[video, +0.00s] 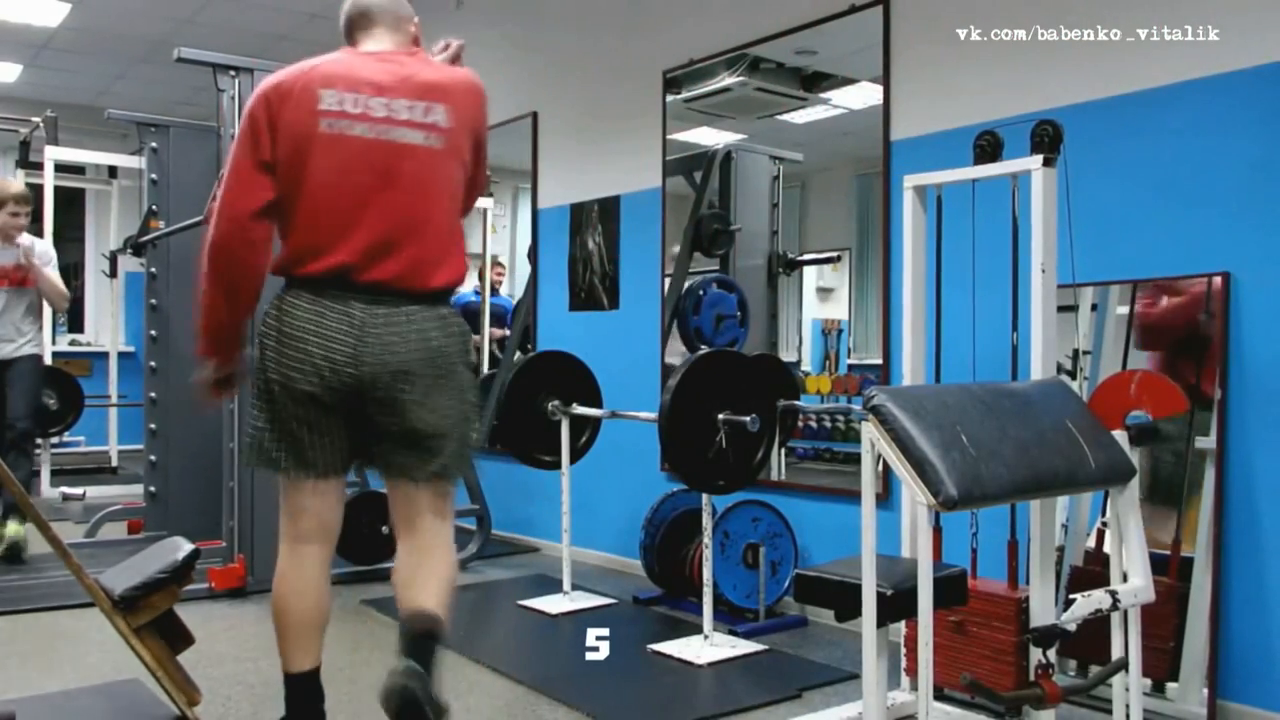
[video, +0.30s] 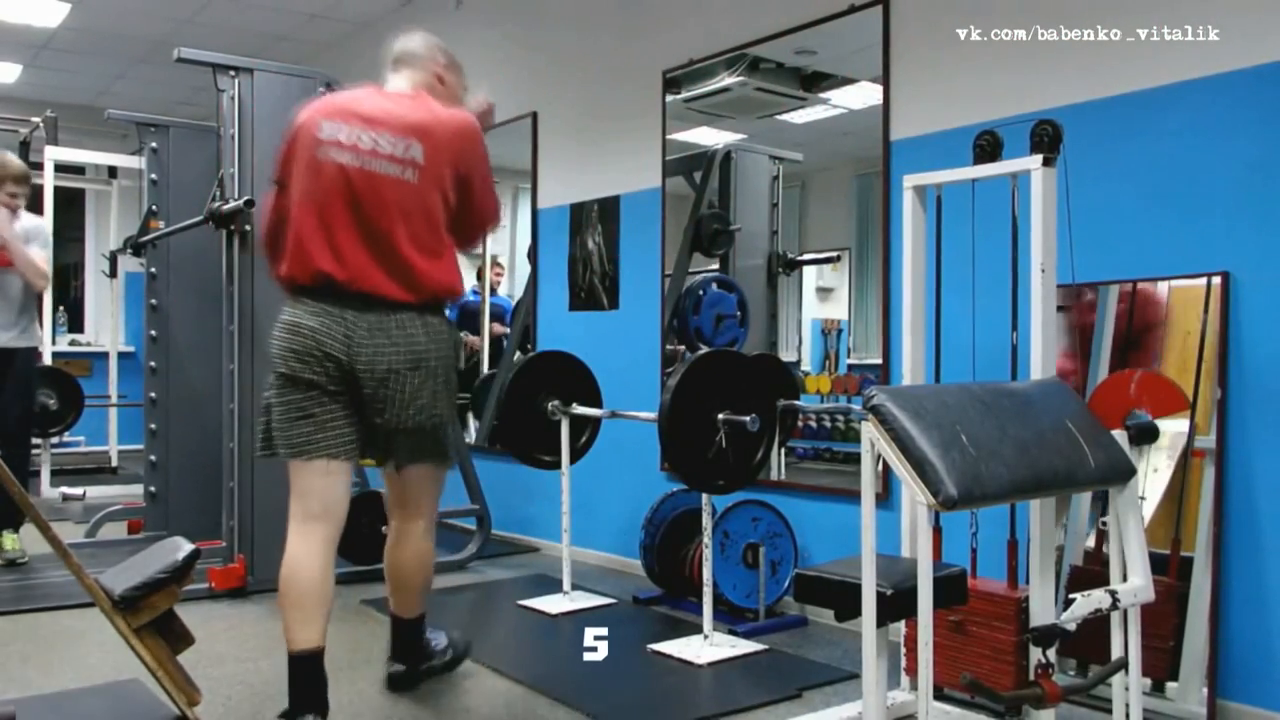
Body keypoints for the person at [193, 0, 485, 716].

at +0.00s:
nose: (424, 40)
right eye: (421, 32)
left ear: (344, 32)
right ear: (419, 34)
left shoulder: (283, 90)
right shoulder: (462, 94)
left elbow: (234, 225)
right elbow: (466, 190)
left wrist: (220, 349)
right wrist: (446, 83)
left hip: (307, 326)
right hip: (419, 331)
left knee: (306, 535)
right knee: (424, 520)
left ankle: (303, 709)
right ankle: (417, 665)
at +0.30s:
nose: (457, 102)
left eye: (456, 93)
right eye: (458, 92)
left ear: (390, 71)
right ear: (441, 77)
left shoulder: (315, 114)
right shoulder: (454, 127)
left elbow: (275, 230)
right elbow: (473, 227)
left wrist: (310, 286)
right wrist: (465, 136)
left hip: (311, 326)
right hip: (409, 335)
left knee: (311, 522)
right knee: (411, 513)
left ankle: (306, 704)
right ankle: (408, 654)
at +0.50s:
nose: (493, 122)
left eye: (494, 113)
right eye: (494, 112)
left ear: (433, 87)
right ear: (479, 97)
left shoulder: (354, 131)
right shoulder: (489, 158)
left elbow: (308, 234)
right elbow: (502, 265)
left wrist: (331, 305)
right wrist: (451, 249)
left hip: (354, 332)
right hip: (444, 341)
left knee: (333, 496)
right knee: (430, 505)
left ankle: (317, 617)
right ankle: (414, 655)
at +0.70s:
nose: (508, 132)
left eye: (508, 124)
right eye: (509, 124)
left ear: (452, 101)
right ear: (496, 112)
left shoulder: (379, 146)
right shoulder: (510, 162)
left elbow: (327, 244)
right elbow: (532, 276)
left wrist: (355, 324)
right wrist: (517, 333)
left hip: (386, 330)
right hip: (467, 338)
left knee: (392, 465)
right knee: (438, 502)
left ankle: (371, 589)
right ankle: (414, 652)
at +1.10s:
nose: (533, 165)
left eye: (538, 159)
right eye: (535, 158)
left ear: (495, 132)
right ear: (519, 138)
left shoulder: (432, 178)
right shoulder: (515, 169)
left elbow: (395, 260)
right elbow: (537, 263)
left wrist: (410, 340)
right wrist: (579, 357)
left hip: (438, 336)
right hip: (495, 334)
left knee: (470, 477)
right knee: (528, 475)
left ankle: (469, 600)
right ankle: (449, 585)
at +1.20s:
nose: (546, 174)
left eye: (551, 167)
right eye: (548, 164)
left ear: (510, 138)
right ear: (530, 142)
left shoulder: (450, 179)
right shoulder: (519, 170)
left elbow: (430, 274)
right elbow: (539, 264)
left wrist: (450, 330)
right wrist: (585, 354)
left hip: (444, 333)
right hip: (498, 328)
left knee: (480, 472)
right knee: (561, 464)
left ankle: (469, 606)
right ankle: (487, 573)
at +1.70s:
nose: (645, 196)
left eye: (647, 189)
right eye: (649, 188)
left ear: (612, 158)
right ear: (644, 176)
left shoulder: (549, 182)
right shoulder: (625, 204)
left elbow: (511, 268)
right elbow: (624, 307)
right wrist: (638, 395)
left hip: (497, 325)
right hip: (553, 332)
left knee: (519, 463)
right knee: (583, 476)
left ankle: (477, 588)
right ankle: (596, 615)